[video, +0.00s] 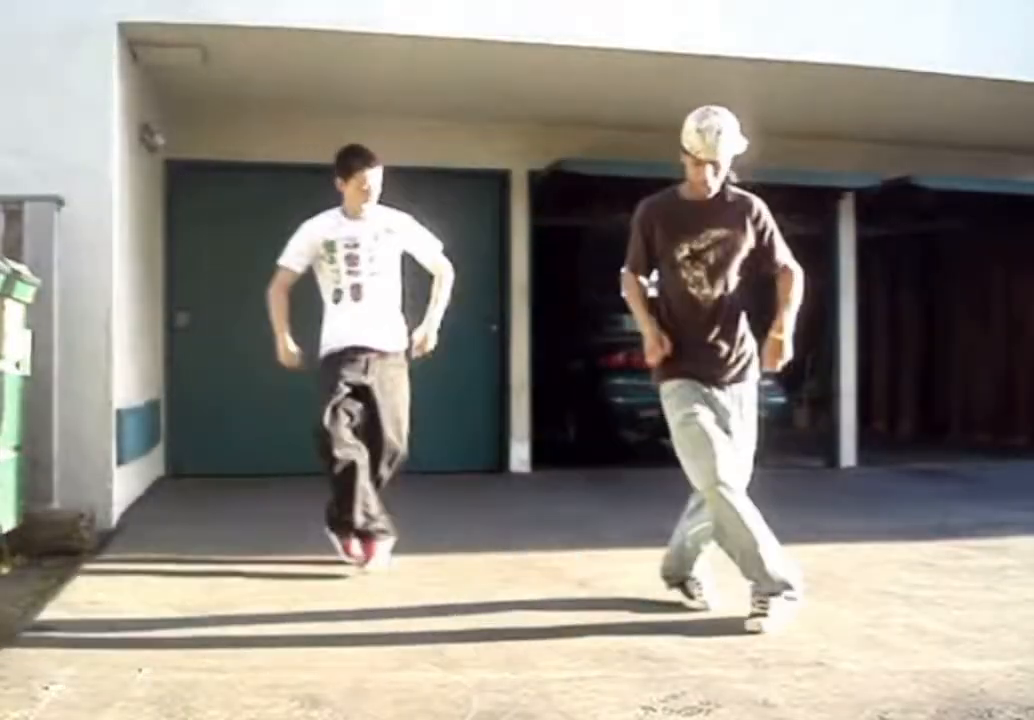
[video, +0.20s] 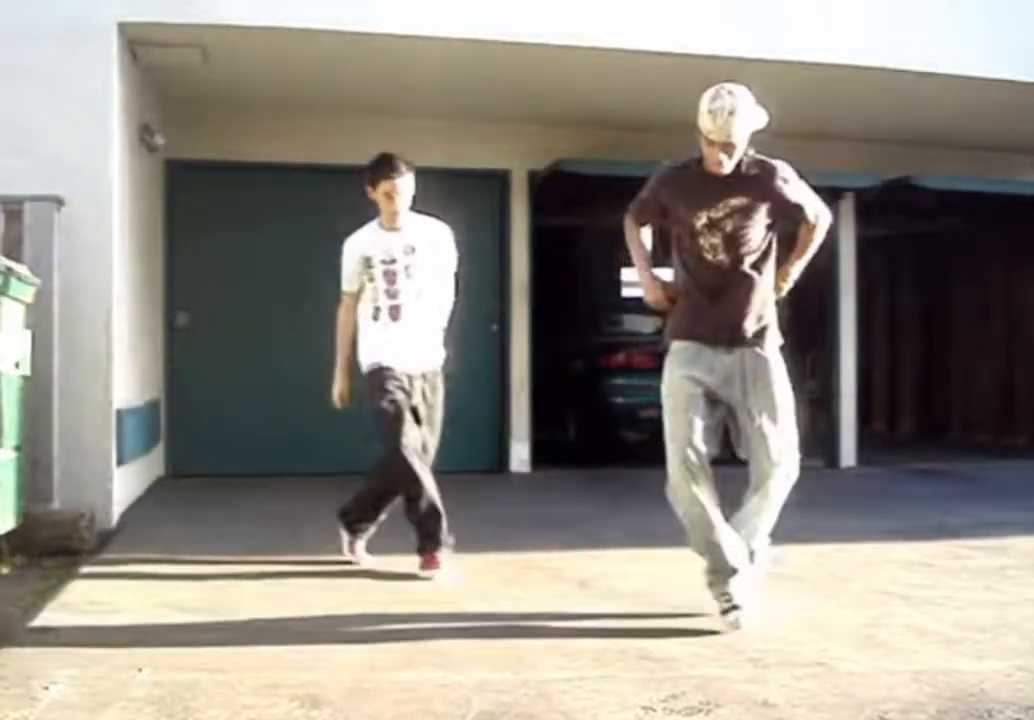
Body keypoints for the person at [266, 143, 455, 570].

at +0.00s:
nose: (371, 193)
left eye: (375, 184)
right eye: (362, 185)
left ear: (381, 183)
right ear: (342, 184)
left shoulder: (397, 225)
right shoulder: (318, 229)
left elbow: (444, 270)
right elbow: (278, 286)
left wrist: (431, 324)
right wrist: (283, 337)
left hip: (390, 348)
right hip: (341, 348)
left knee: (393, 444)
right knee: (338, 435)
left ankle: (343, 519)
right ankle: (377, 528)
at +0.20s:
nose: (398, 200)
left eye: (403, 191)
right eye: (389, 192)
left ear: (412, 190)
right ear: (373, 193)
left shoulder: (439, 235)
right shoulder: (358, 245)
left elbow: (446, 297)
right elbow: (348, 307)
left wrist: (431, 336)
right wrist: (342, 370)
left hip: (428, 358)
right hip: (382, 357)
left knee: (420, 453)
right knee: (403, 446)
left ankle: (355, 519)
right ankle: (433, 541)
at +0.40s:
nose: (442, 214)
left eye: (449, 206)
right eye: (435, 206)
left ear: (464, 203)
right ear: (425, 205)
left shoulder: (480, 243)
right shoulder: (411, 252)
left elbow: (491, 300)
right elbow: (380, 313)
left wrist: (547, 316)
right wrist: (327, 349)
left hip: (488, 372)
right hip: (441, 375)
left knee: (537, 448)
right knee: (414, 455)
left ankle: (559, 539)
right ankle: (349, 539)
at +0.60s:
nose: (435, 209)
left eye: (443, 201)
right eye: (428, 201)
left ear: (457, 199)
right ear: (417, 201)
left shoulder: (471, 239)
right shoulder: (402, 244)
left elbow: (507, 270)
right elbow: (353, 290)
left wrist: (529, 225)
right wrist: (350, 267)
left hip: (483, 369)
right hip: (434, 370)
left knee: (522, 452)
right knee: (428, 456)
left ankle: (565, 536)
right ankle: (362, 541)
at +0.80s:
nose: (398, 192)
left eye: (406, 183)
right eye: (391, 183)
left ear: (418, 181)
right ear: (378, 182)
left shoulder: (433, 227)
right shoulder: (360, 229)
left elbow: (445, 281)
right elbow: (335, 296)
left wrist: (483, 308)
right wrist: (365, 331)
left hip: (439, 346)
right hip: (397, 348)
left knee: (467, 435)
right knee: (412, 430)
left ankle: (415, 514)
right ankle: (416, 539)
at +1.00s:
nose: (343, 189)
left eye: (351, 181)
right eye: (336, 181)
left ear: (365, 181)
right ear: (325, 181)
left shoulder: (385, 231)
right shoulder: (302, 228)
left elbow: (396, 290)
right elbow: (280, 288)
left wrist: (398, 335)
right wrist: (304, 325)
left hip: (373, 348)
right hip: (326, 347)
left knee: (394, 438)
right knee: (343, 439)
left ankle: (350, 525)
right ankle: (369, 538)